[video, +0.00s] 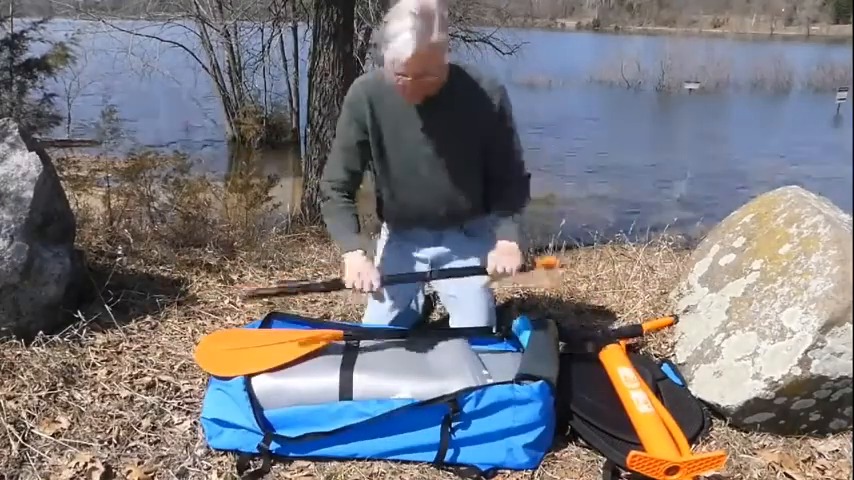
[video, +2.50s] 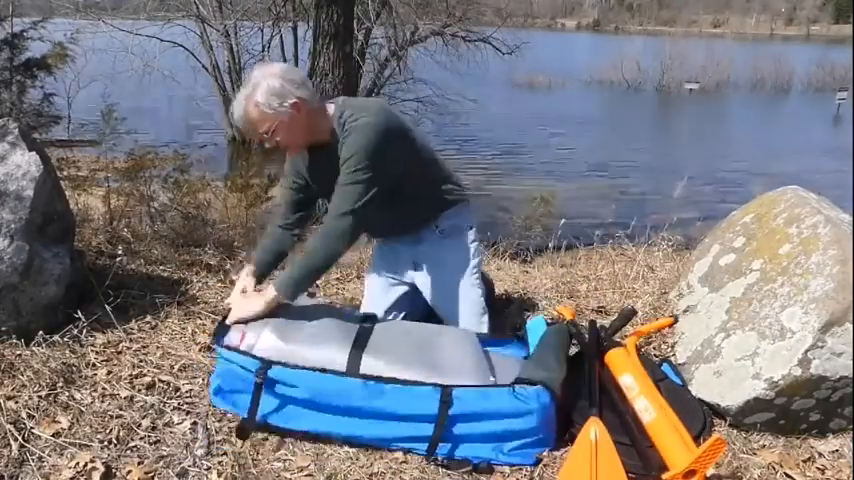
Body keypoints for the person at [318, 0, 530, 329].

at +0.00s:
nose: (410, 90)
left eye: (424, 77)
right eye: (400, 76)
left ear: (446, 61)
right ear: (384, 61)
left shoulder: (484, 94)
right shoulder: (365, 96)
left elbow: (509, 177)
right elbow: (336, 188)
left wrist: (507, 239)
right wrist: (353, 253)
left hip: (468, 238)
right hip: (400, 241)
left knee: (476, 345)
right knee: (376, 346)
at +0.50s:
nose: (445, 74)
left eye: (454, 63)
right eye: (432, 64)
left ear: (466, 52)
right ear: (406, 46)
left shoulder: (490, 94)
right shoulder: (374, 94)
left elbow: (514, 179)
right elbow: (350, 187)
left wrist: (503, 227)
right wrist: (399, 233)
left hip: (469, 240)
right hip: (400, 240)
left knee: (478, 351)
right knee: (376, 349)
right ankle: (419, 308)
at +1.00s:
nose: (442, 81)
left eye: (453, 70)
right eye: (430, 69)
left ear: (467, 57)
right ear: (408, 48)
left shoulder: (494, 99)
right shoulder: (376, 93)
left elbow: (510, 183)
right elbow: (345, 186)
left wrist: (489, 237)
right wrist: (404, 232)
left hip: (467, 242)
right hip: (399, 241)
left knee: (480, 352)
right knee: (376, 350)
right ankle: (419, 308)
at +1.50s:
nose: (380, 92)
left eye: (393, 83)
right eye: (374, 79)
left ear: (424, 66)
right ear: (366, 66)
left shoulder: (476, 110)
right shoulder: (359, 102)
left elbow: (480, 210)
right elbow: (351, 189)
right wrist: (358, 261)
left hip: (462, 244)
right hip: (397, 246)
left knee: (472, 359)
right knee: (378, 359)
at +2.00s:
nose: (378, 148)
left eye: (386, 140)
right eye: (370, 139)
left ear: (419, 118)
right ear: (362, 117)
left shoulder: (473, 134)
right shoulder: (353, 136)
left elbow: (511, 214)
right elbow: (318, 217)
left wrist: (514, 290)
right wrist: (283, 305)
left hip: (467, 243)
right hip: (401, 245)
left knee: (475, 350)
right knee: (380, 346)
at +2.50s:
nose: (269, 145)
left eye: (270, 133)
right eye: (263, 139)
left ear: (296, 109)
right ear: (296, 111)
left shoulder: (366, 128)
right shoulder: (306, 146)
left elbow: (341, 229)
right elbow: (287, 219)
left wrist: (270, 297)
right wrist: (250, 276)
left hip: (445, 228)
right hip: (391, 239)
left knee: (470, 343)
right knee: (374, 341)